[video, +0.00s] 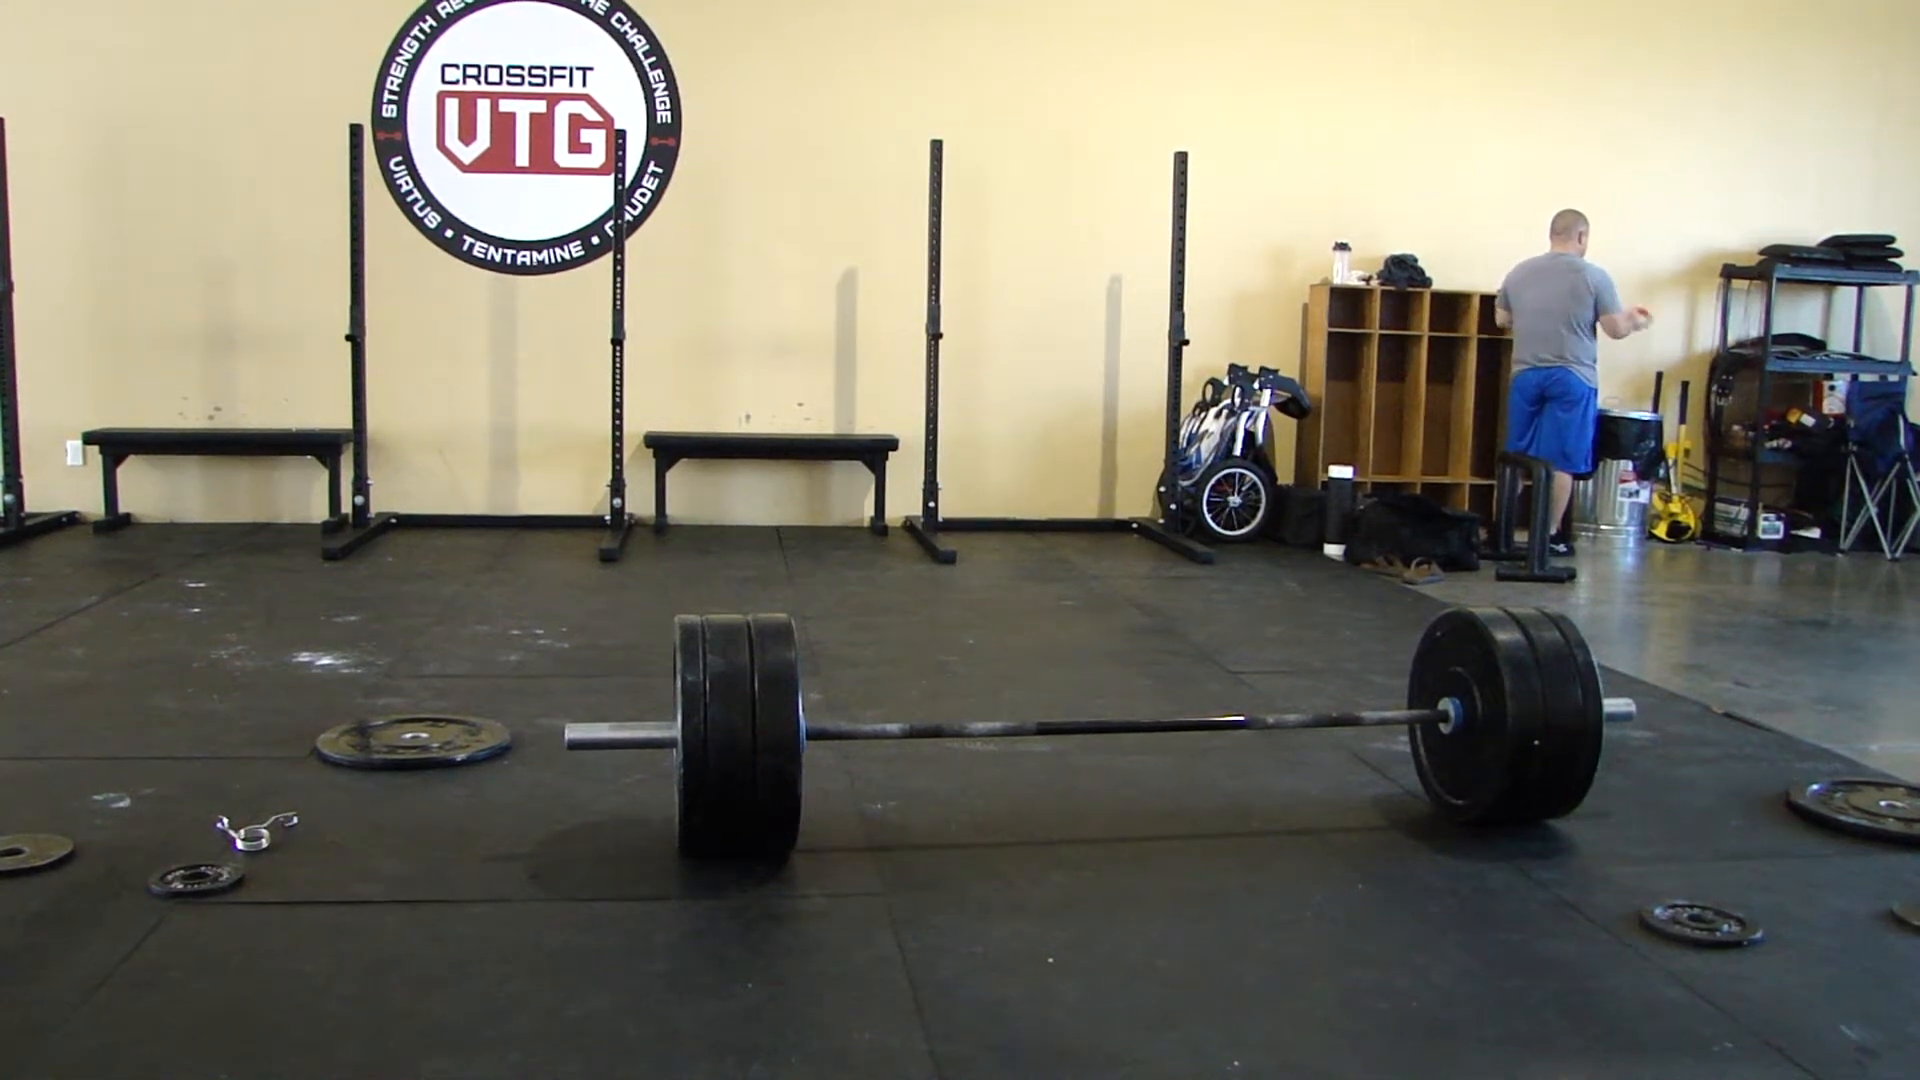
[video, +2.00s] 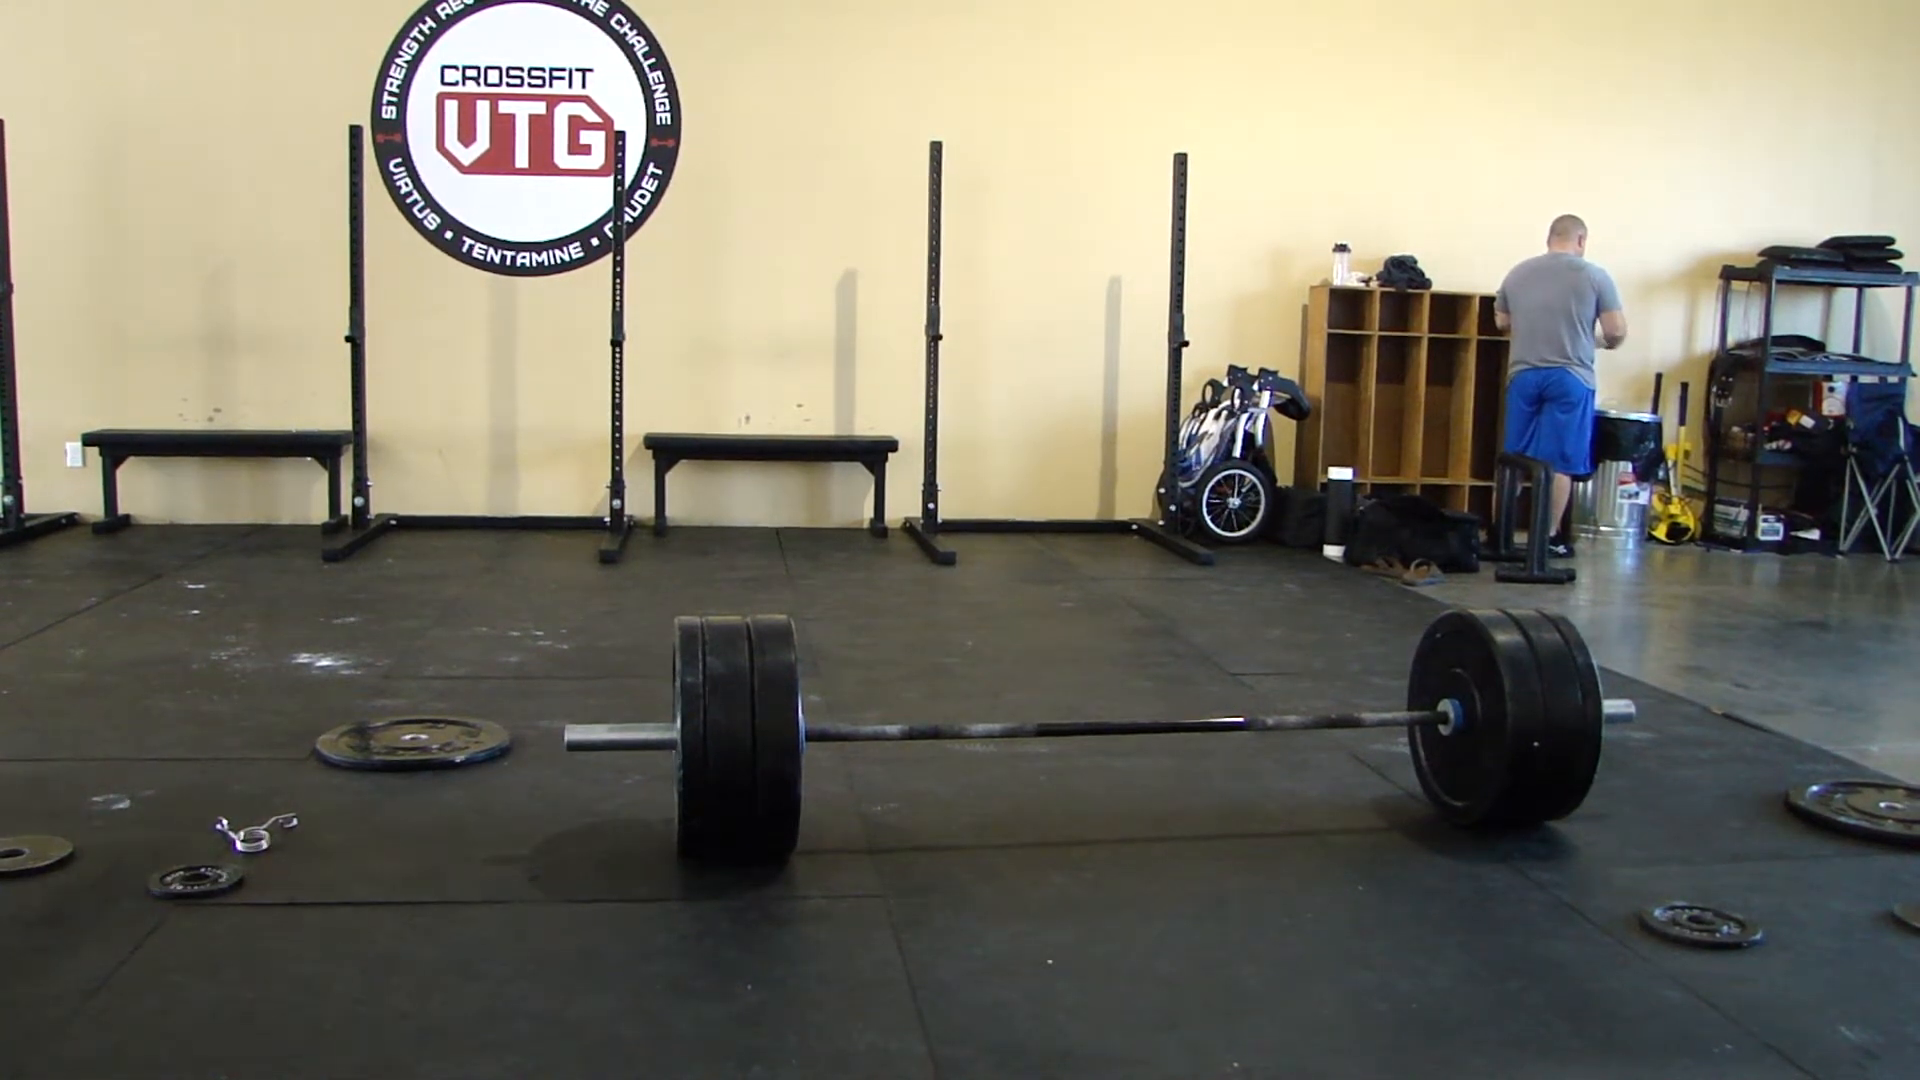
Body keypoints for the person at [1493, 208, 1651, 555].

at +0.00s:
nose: (1587, 245)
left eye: (1586, 239)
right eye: (1587, 239)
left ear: (1551, 236)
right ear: (1580, 237)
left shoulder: (1521, 271)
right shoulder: (1592, 274)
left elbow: (1502, 319)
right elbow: (1615, 329)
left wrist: (1536, 309)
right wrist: (1634, 320)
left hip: (1526, 375)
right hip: (1572, 377)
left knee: (1516, 457)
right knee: (1562, 463)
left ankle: (1503, 533)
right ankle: (1549, 536)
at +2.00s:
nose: (1582, 248)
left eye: (1581, 243)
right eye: (1584, 243)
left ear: (1548, 240)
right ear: (1581, 241)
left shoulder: (1518, 272)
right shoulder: (1593, 275)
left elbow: (1502, 321)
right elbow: (1616, 332)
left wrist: (1533, 322)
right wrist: (1603, 340)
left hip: (1523, 375)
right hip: (1570, 377)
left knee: (1512, 459)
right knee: (1560, 464)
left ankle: (1500, 535)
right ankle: (1548, 537)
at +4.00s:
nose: (1553, 245)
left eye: (1548, 240)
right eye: (1576, 240)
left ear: (1545, 240)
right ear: (1580, 241)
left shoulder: (1521, 275)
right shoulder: (1599, 276)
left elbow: (1509, 323)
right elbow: (1617, 326)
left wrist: (1543, 314)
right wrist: (1581, 312)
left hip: (1527, 377)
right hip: (1575, 379)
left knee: (1516, 459)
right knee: (1561, 466)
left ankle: (1502, 535)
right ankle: (1547, 540)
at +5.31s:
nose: (1582, 247)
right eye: (1584, 242)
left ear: (1549, 239)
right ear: (1583, 241)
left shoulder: (1521, 274)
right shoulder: (1597, 276)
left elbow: (1507, 316)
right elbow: (1621, 328)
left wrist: (1536, 316)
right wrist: (1615, 344)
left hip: (1528, 378)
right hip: (1576, 380)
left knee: (1516, 460)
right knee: (1562, 466)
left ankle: (1501, 535)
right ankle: (1547, 540)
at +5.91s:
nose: (1584, 246)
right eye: (1585, 241)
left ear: (1550, 239)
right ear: (1585, 241)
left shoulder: (1522, 272)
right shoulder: (1599, 277)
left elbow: (1508, 307)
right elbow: (1616, 331)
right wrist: (1628, 377)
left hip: (1529, 379)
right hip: (1577, 382)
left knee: (1520, 461)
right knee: (1565, 466)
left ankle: (1501, 533)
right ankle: (1548, 539)